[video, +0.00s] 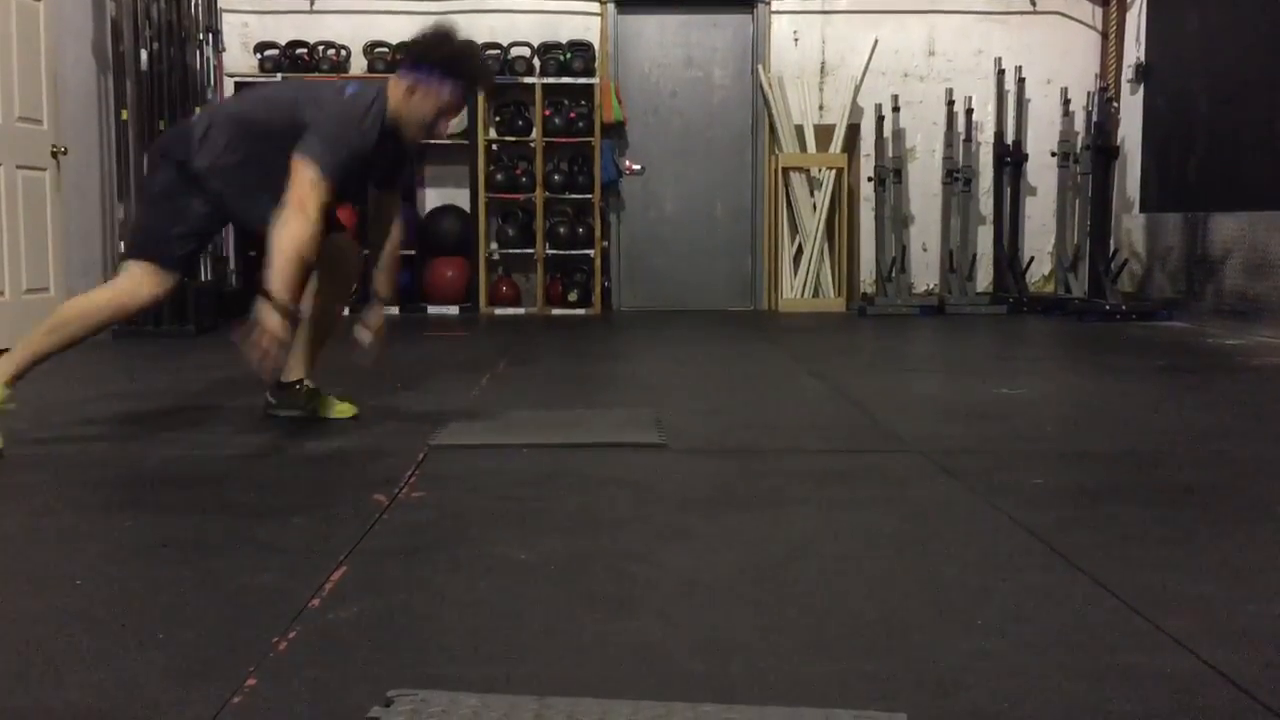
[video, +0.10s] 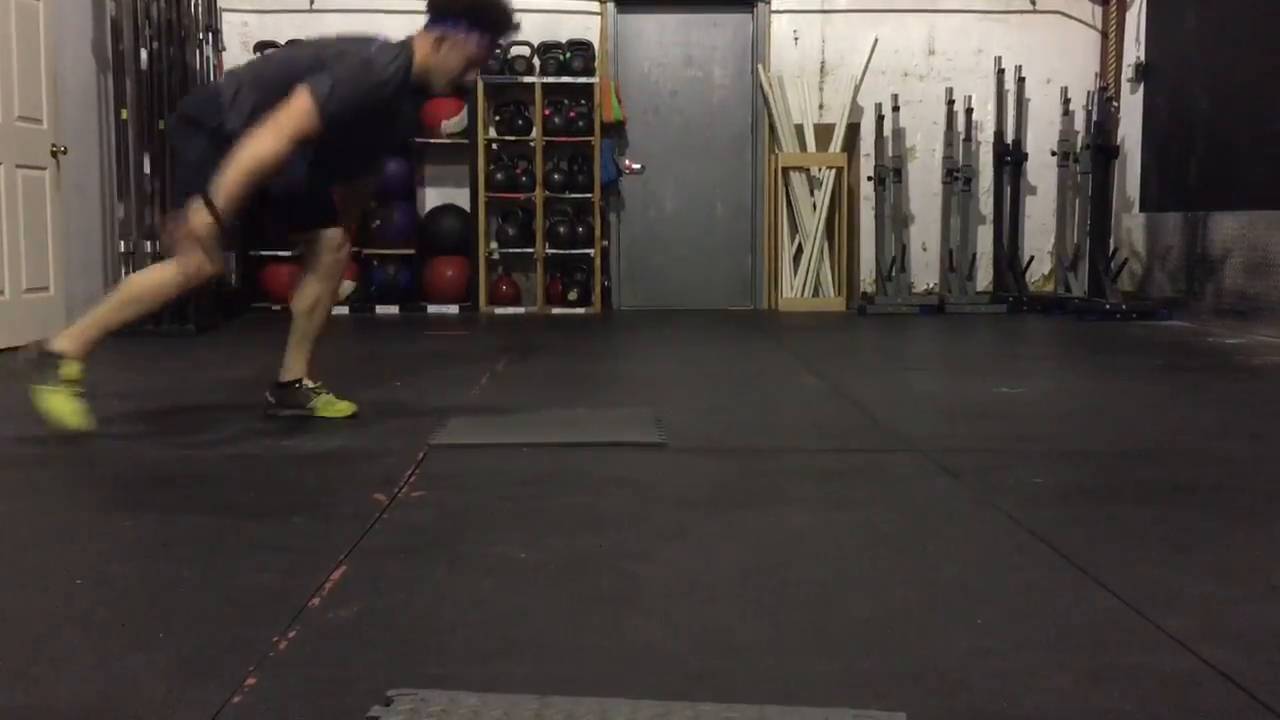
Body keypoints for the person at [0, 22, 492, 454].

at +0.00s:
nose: (446, 119)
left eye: (454, 110)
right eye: (446, 104)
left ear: (439, 100)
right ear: (414, 81)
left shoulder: (396, 140)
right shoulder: (349, 113)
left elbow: (390, 221)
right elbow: (302, 205)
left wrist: (380, 299)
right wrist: (276, 302)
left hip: (260, 177)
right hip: (193, 162)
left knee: (340, 258)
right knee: (143, 286)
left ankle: (292, 386)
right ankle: (8, 368)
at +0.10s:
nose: (477, 71)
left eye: (483, 60)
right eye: (476, 55)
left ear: (456, 46)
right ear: (443, 35)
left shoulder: (408, 100)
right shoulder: (373, 70)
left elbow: (353, 174)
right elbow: (280, 125)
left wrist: (347, 239)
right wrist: (213, 205)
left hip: (278, 146)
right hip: (211, 130)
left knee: (330, 246)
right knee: (200, 260)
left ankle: (292, 381)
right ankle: (64, 350)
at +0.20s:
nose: (493, 42)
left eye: (499, 33)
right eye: (495, 27)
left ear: (475, 16)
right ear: (466, 6)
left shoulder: (428, 64)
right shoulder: (388, 30)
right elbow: (275, 65)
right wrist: (189, 129)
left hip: (303, 124)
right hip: (248, 106)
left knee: (319, 242)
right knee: (256, 239)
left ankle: (289, 381)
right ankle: (146, 355)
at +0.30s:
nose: (509, 14)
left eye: (515, 7)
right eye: (509, 3)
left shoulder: (437, 40)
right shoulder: (408, 14)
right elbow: (295, 35)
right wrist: (209, 98)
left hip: (318, 119)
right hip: (274, 103)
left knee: (324, 245)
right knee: (303, 235)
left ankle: (288, 381)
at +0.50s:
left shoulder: (459, 18)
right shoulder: (424, 6)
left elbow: (428, 113)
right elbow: (405, 95)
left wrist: (482, 169)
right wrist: (457, 164)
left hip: (368, 137)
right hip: (339, 130)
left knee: (386, 270)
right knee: (394, 269)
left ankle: (296, 380)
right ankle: (295, 393)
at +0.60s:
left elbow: (526, 42)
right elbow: (503, 17)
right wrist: (576, 10)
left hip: (419, 131)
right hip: (409, 129)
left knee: (406, 269)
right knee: (415, 272)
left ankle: (304, 365)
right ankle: (304, 378)